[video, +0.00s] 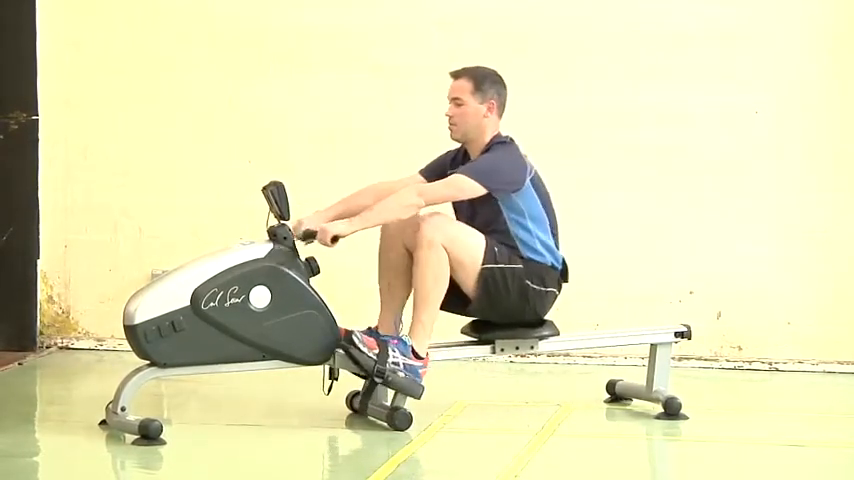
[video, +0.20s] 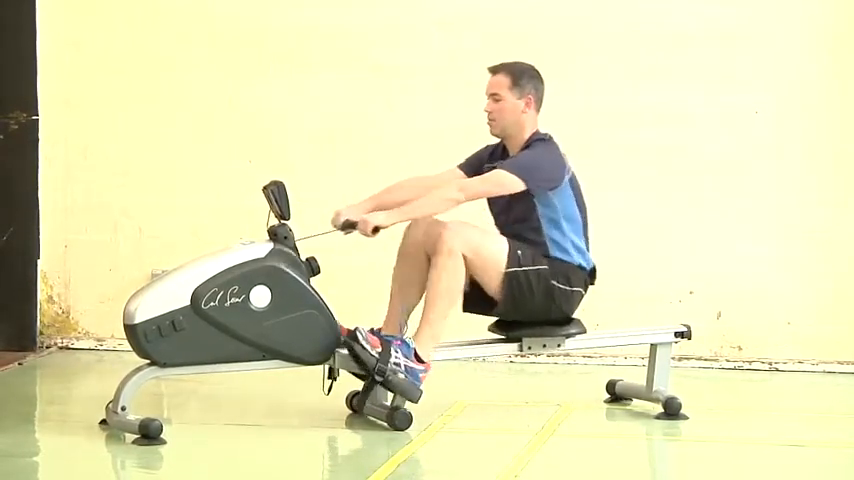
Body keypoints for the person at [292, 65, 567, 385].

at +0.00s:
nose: (448, 111)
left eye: (457, 103)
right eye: (449, 103)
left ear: (489, 109)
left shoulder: (505, 161)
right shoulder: (454, 160)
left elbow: (421, 198)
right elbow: (393, 191)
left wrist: (347, 227)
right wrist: (323, 216)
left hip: (530, 286)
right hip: (487, 286)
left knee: (434, 227)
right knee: (398, 221)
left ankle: (415, 355)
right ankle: (384, 337)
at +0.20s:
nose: (486, 109)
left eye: (496, 99)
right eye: (487, 99)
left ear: (528, 104)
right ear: (522, 105)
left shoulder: (543, 157)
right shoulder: (493, 156)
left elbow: (461, 192)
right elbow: (433, 185)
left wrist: (390, 218)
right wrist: (363, 207)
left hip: (558, 283)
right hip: (521, 281)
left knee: (452, 235)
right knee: (421, 229)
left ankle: (417, 359)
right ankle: (388, 339)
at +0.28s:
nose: (506, 107)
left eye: (516, 97)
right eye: (507, 98)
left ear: (548, 101)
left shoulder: (564, 155)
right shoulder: (513, 153)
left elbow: (484, 191)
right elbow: (451, 182)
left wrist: (409, 216)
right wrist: (385, 203)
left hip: (571, 281)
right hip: (533, 276)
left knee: (463, 240)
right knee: (432, 235)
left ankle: (418, 360)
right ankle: (389, 342)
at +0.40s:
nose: (538, 105)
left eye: (546, 95)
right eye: (538, 96)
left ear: (578, 97)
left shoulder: (596, 152)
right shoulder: (545, 150)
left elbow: (521, 194)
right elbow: (487, 181)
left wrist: (448, 212)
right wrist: (420, 201)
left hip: (592, 278)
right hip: (555, 272)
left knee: (480, 250)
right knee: (450, 245)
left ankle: (419, 361)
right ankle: (392, 341)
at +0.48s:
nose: (559, 105)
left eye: (567, 95)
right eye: (558, 96)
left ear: (599, 97)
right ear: (593, 97)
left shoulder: (618, 152)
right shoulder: (568, 148)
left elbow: (547, 199)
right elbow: (510, 181)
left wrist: (472, 211)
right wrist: (446, 200)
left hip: (605, 277)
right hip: (569, 269)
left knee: (494, 257)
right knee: (460, 253)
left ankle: (420, 359)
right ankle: (393, 341)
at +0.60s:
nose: (588, 106)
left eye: (596, 96)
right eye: (587, 97)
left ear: (628, 98)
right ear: (616, 98)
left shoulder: (648, 152)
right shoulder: (596, 149)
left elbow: (592, 206)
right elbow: (545, 188)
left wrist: (512, 210)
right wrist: (490, 201)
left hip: (624, 277)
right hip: (589, 268)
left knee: (505, 271)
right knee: (473, 267)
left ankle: (422, 358)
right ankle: (399, 340)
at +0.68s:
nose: (604, 107)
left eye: (612, 97)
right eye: (603, 98)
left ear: (645, 98)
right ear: (629, 99)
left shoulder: (664, 152)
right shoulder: (613, 152)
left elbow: (620, 212)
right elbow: (562, 194)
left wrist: (542, 209)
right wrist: (516, 203)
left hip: (632, 276)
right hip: (598, 267)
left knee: (509, 280)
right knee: (479, 278)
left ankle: (421, 362)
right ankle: (398, 345)